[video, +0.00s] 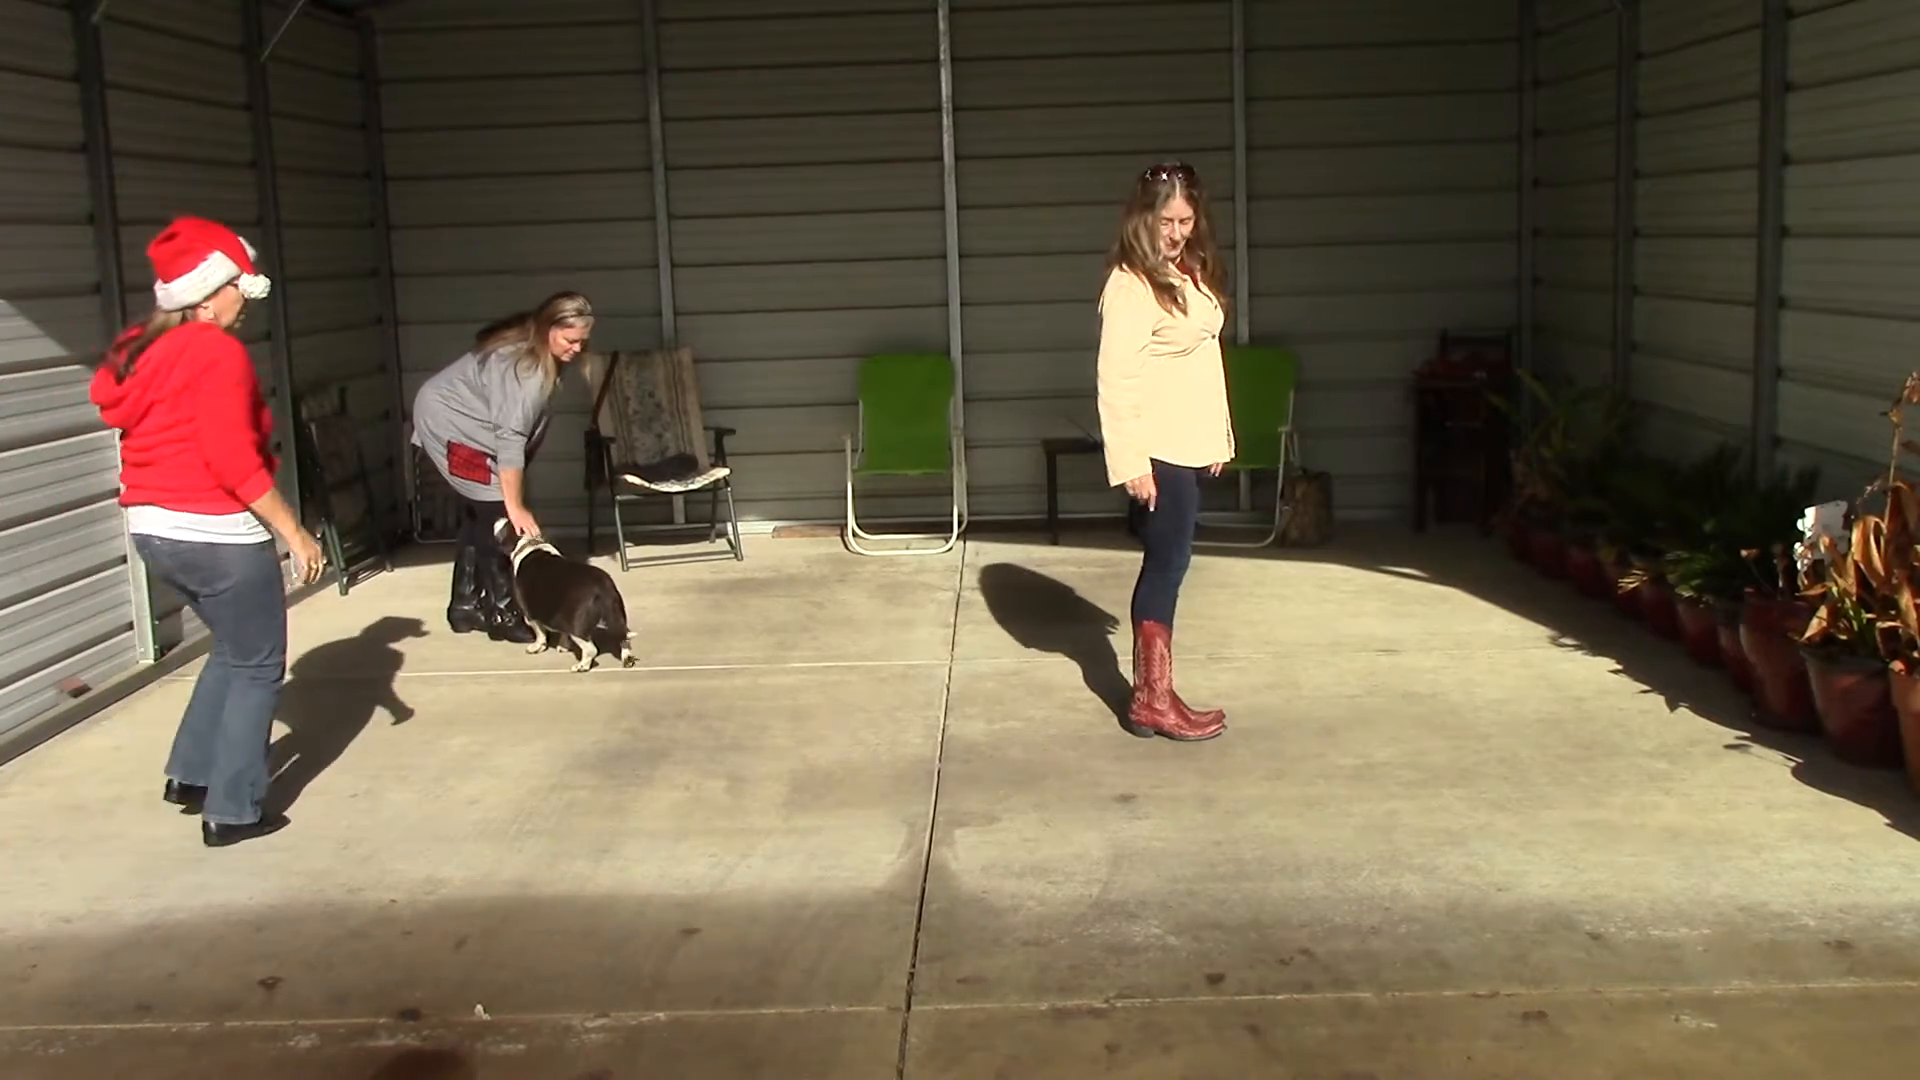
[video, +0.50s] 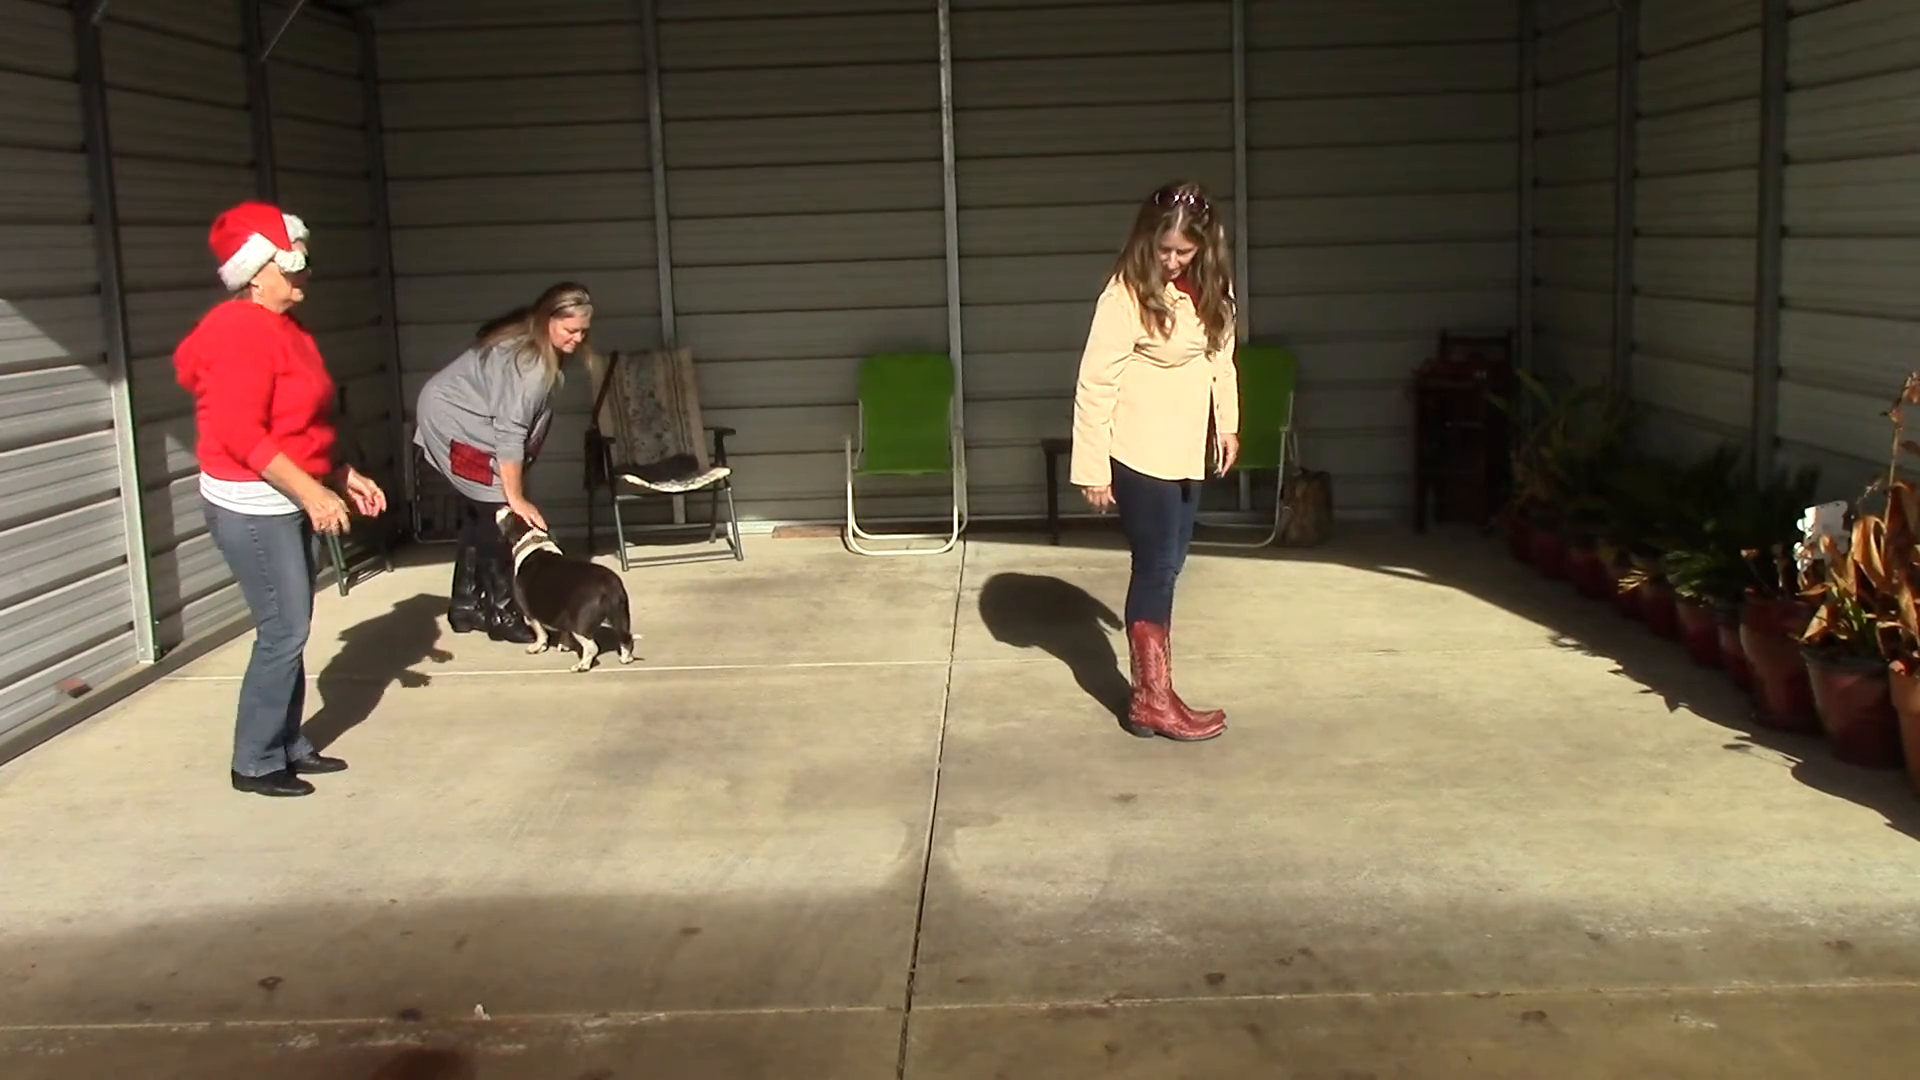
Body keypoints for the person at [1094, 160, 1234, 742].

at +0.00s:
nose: (1176, 232)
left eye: (1184, 221)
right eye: (1166, 221)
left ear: (1194, 222)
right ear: (1143, 220)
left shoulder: (1188, 278)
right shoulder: (1128, 284)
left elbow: (1205, 367)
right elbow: (1114, 381)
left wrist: (1216, 440)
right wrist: (1131, 461)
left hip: (1189, 443)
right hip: (1158, 446)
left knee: (1170, 560)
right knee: (1165, 561)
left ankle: (1157, 694)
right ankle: (1150, 697)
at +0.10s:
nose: (1174, 238)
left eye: (1184, 228)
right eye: (1164, 226)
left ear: (1196, 226)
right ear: (1142, 223)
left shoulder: (1191, 280)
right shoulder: (1126, 284)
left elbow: (1206, 371)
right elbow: (1106, 379)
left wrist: (1216, 439)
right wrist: (1109, 462)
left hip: (1187, 445)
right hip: (1150, 447)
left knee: (1170, 560)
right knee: (1165, 560)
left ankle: (1158, 694)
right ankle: (1149, 698)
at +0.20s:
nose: (1174, 245)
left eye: (1184, 234)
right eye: (1164, 233)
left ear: (1197, 231)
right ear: (1142, 227)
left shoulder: (1192, 283)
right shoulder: (1125, 287)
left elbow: (1210, 366)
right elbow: (1101, 380)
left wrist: (1223, 427)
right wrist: (1099, 465)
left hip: (1183, 448)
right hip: (1146, 448)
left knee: (1165, 561)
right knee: (1163, 561)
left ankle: (1154, 695)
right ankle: (1151, 698)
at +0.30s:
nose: (1174, 252)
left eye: (1184, 241)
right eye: (1165, 239)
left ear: (1198, 237)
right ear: (1144, 231)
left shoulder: (1196, 287)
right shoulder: (1124, 290)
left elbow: (1215, 363)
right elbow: (1098, 383)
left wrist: (1226, 422)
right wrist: (1097, 466)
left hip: (1184, 450)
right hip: (1143, 450)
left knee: (1163, 562)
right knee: (1160, 562)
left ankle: (1155, 695)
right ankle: (1150, 698)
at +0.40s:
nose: (1173, 257)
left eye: (1184, 247)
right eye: (1164, 245)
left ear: (1199, 241)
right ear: (1145, 235)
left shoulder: (1202, 287)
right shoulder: (1123, 293)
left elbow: (1219, 359)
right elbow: (1096, 384)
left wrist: (1227, 422)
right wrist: (1096, 466)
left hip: (1187, 450)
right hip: (1142, 449)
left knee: (1166, 562)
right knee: (1158, 563)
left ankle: (1157, 695)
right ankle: (1149, 698)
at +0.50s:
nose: (1174, 261)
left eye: (1186, 251)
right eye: (1165, 249)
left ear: (1202, 245)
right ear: (1147, 238)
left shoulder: (1210, 291)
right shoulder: (1124, 294)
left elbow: (1222, 363)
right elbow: (1095, 383)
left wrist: (1227, 425)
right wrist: (1092, 464)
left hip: (1190, 451)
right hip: (1139, 450)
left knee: (1168, 564)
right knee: (1155, 564)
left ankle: (1157, 695)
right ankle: (1148, 699)